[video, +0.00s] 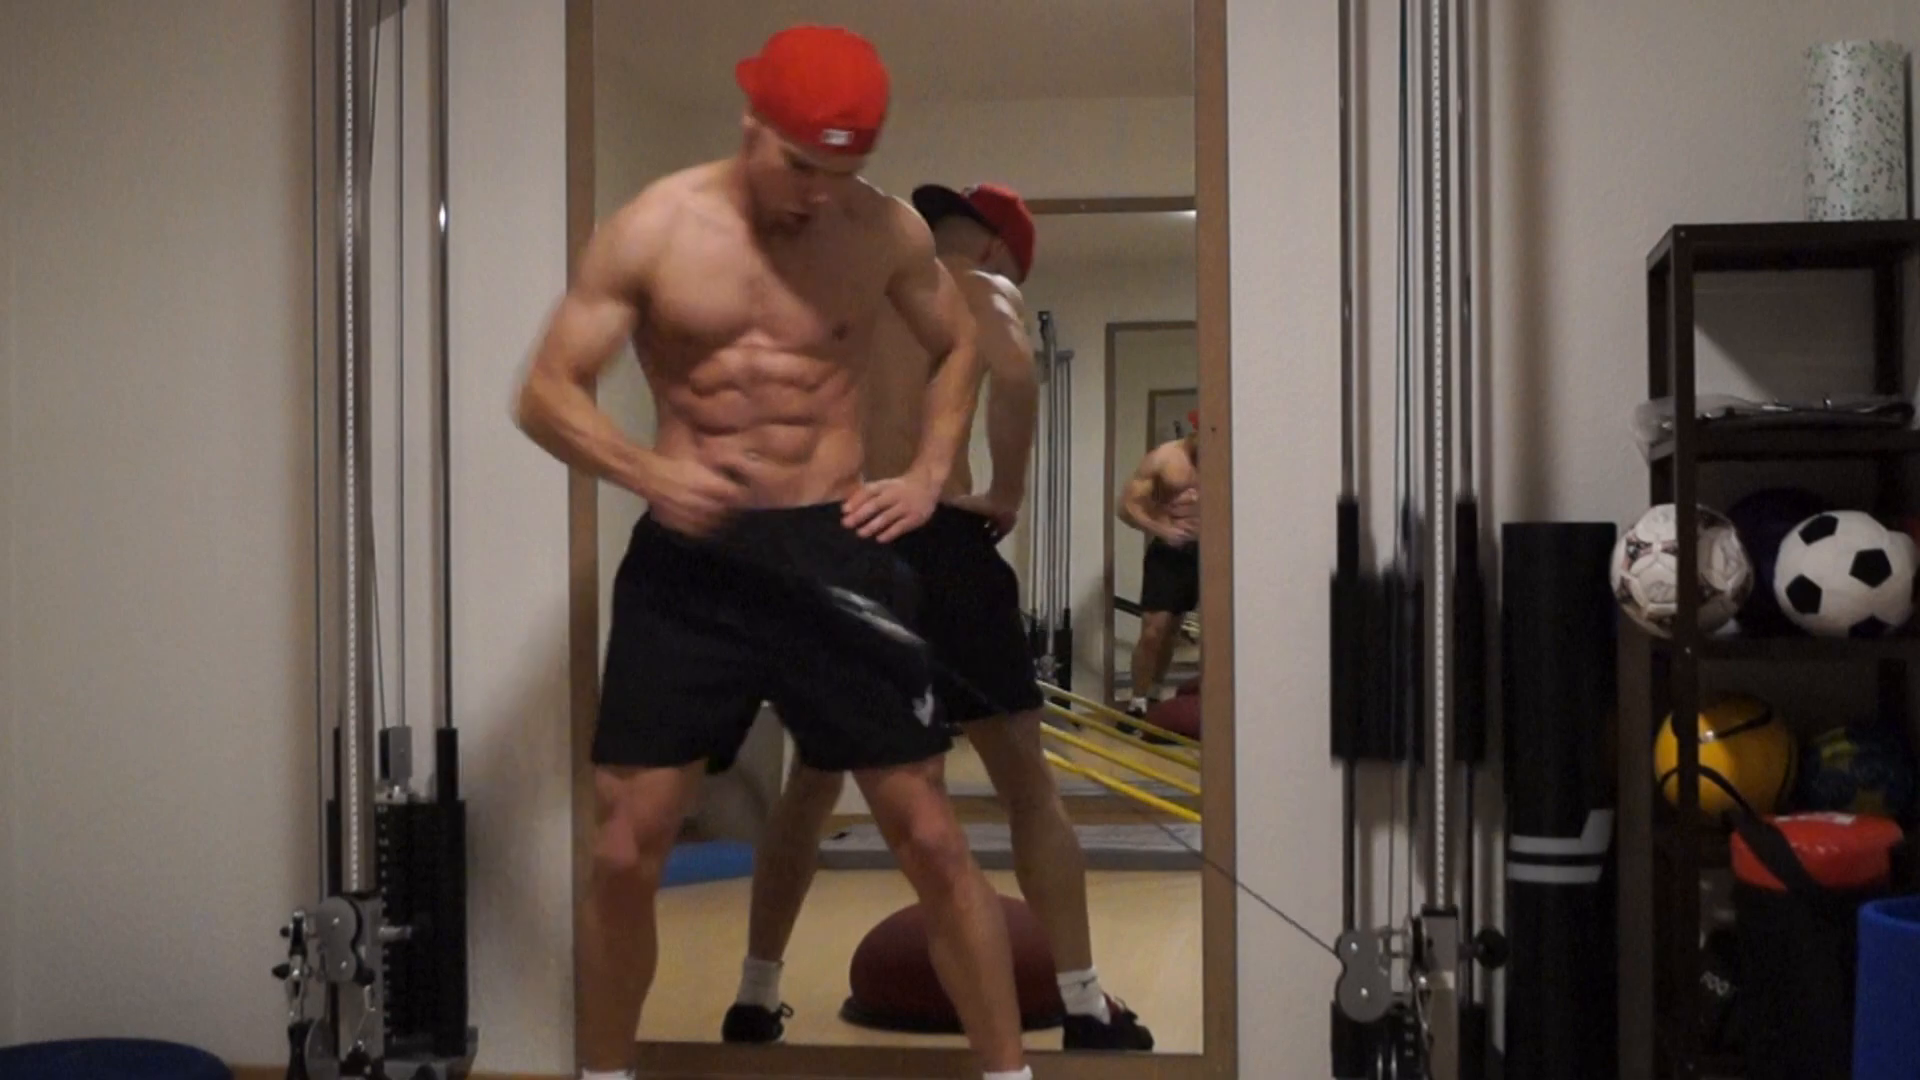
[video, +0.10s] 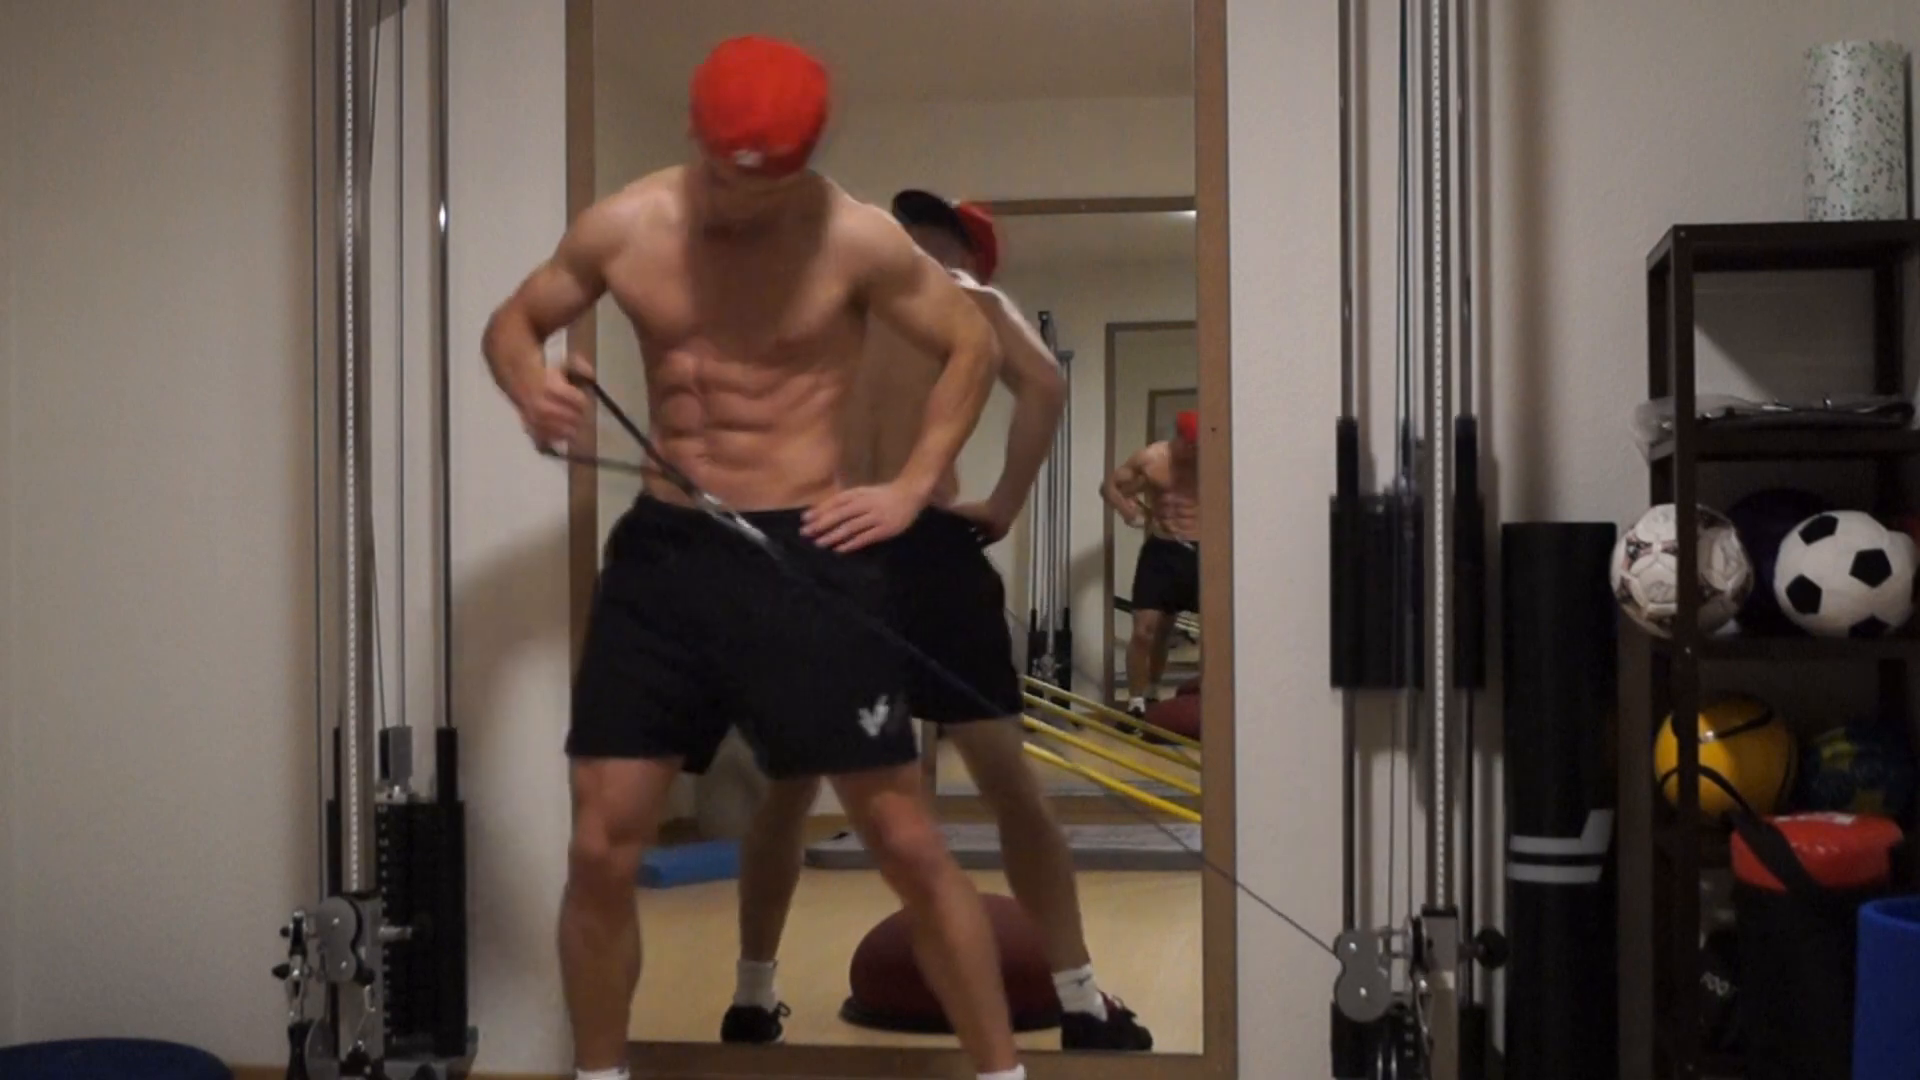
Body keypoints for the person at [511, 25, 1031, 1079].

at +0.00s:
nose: (820, 192)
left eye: (842, 172)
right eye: (801, 166)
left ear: (863, 151)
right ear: (752, 121)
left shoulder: (885, 232)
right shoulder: (655, 225)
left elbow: (960, 345)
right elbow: (544, 392)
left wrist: (930, 474)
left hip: (842, 561)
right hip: (687, 568)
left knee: (931, 839)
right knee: (621, 853)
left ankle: (1006, 1073)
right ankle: (604, 1075)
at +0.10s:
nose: (734, 187)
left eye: (759, 172)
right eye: (722, 164)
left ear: (805, 155)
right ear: (698, 133)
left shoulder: (860, 242)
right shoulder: (626, 225)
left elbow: (975, 344)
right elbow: (512, 324)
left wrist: (913, 483)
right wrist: (531, 386)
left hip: (817, 558)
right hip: (668, 555)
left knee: (908, 843)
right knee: (601, 849)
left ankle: (1003, 1073)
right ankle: (602, 1075)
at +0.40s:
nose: (724, 198)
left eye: (747, 180)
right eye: (706, 176)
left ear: (789, 151)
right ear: (678, 145)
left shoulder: (850, 233)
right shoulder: (625, 228)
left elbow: (979, 343)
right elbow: (506, 363)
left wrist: (918, 483)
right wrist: (585, 417)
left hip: (820, 565)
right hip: (670, 562)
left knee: (908, 847)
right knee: (607, 847)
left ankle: (997, 1073)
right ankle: (602, 1076)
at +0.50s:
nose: (810, 190)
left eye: (830, 172)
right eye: (791, 170)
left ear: (853, 148)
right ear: (740, 135)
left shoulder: (888, 224)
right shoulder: (665, 227)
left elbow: (958, 334)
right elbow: (575, 409)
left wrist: (959, 458)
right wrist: (726, 473)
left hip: (853, 554)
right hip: (702, 561)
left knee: (945, 837)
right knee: (636, 855)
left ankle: (1009, 1074)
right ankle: (601, 1076)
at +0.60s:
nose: (871, 191)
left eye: (886, 172)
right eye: (854, 170)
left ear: (899, 154)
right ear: (798, 131)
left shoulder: (903, 225)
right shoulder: (708, 225)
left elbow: (921, 347)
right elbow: (667, 439)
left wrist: (940, 453)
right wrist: (837, 520)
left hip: (877, 554)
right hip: (728, 561)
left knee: (961, 836)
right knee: (662, 859)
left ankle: (1010, 1073)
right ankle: (607, 1075)